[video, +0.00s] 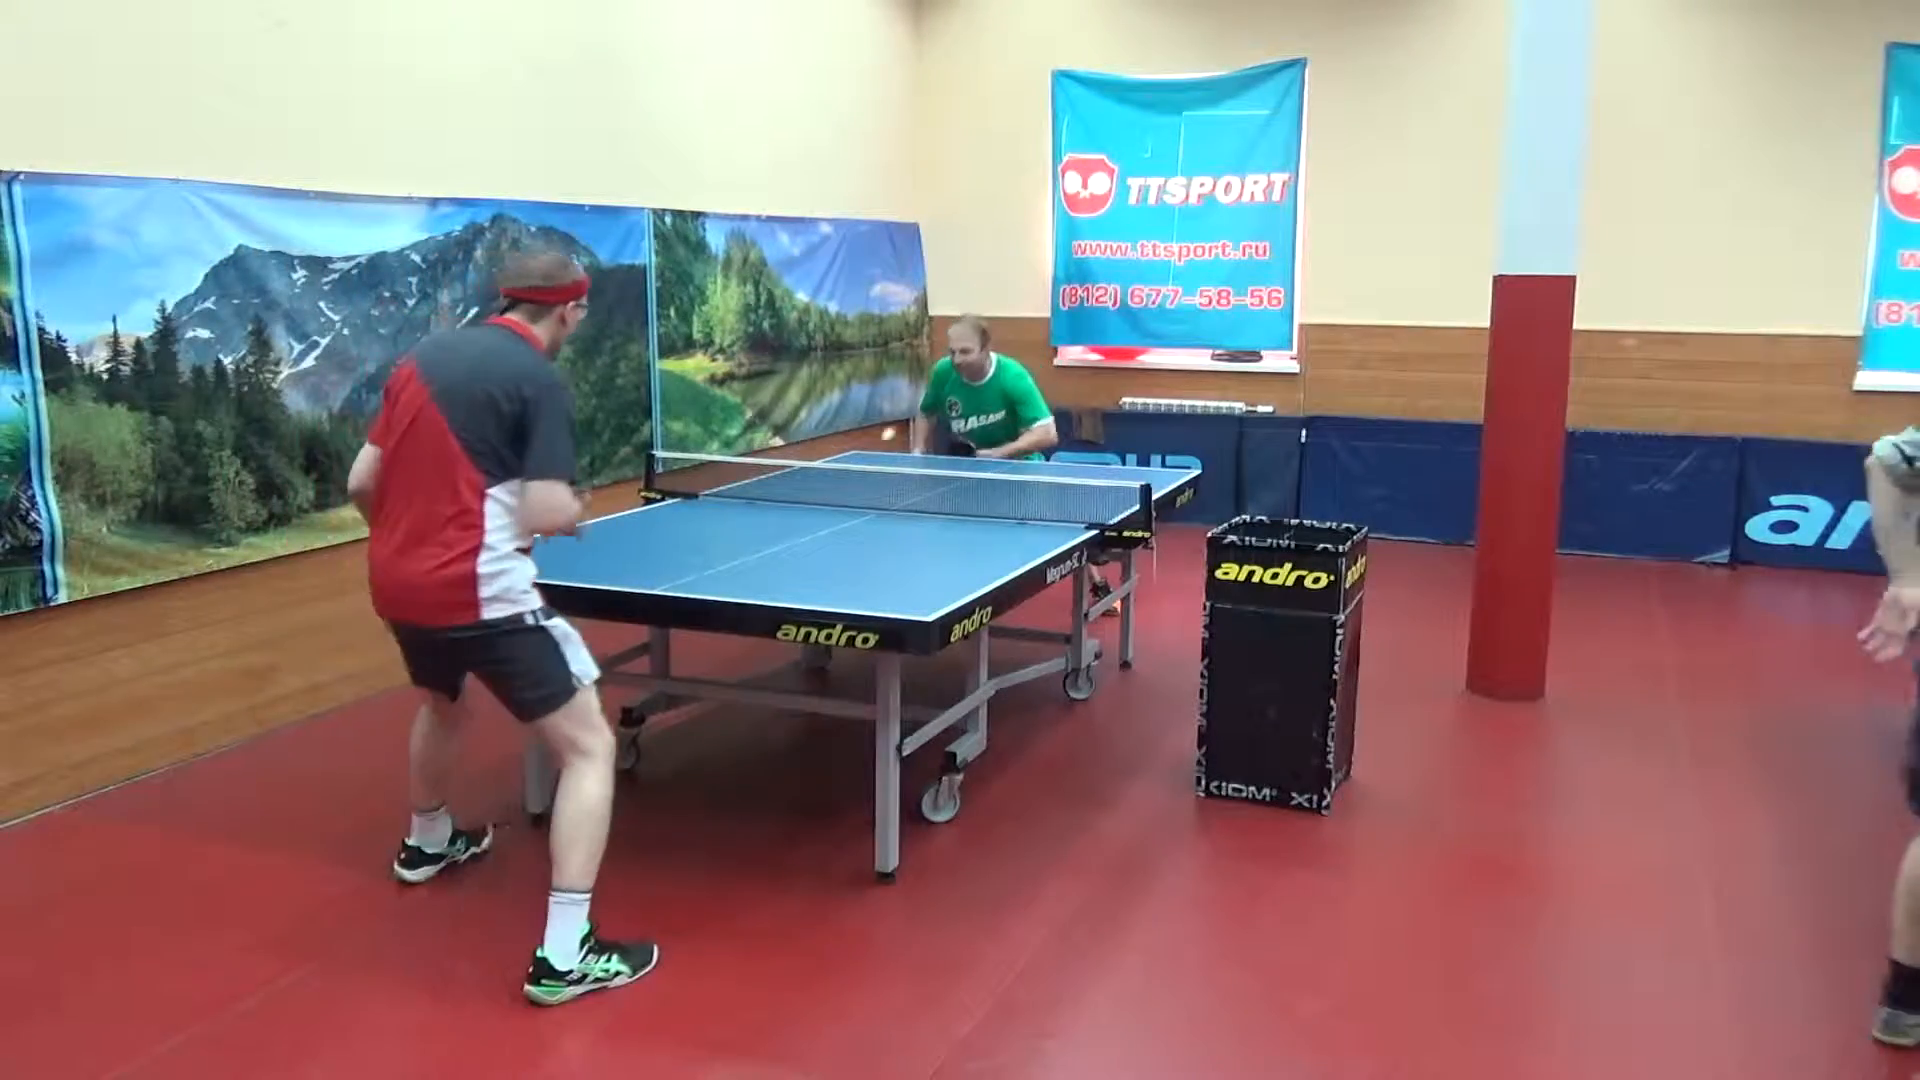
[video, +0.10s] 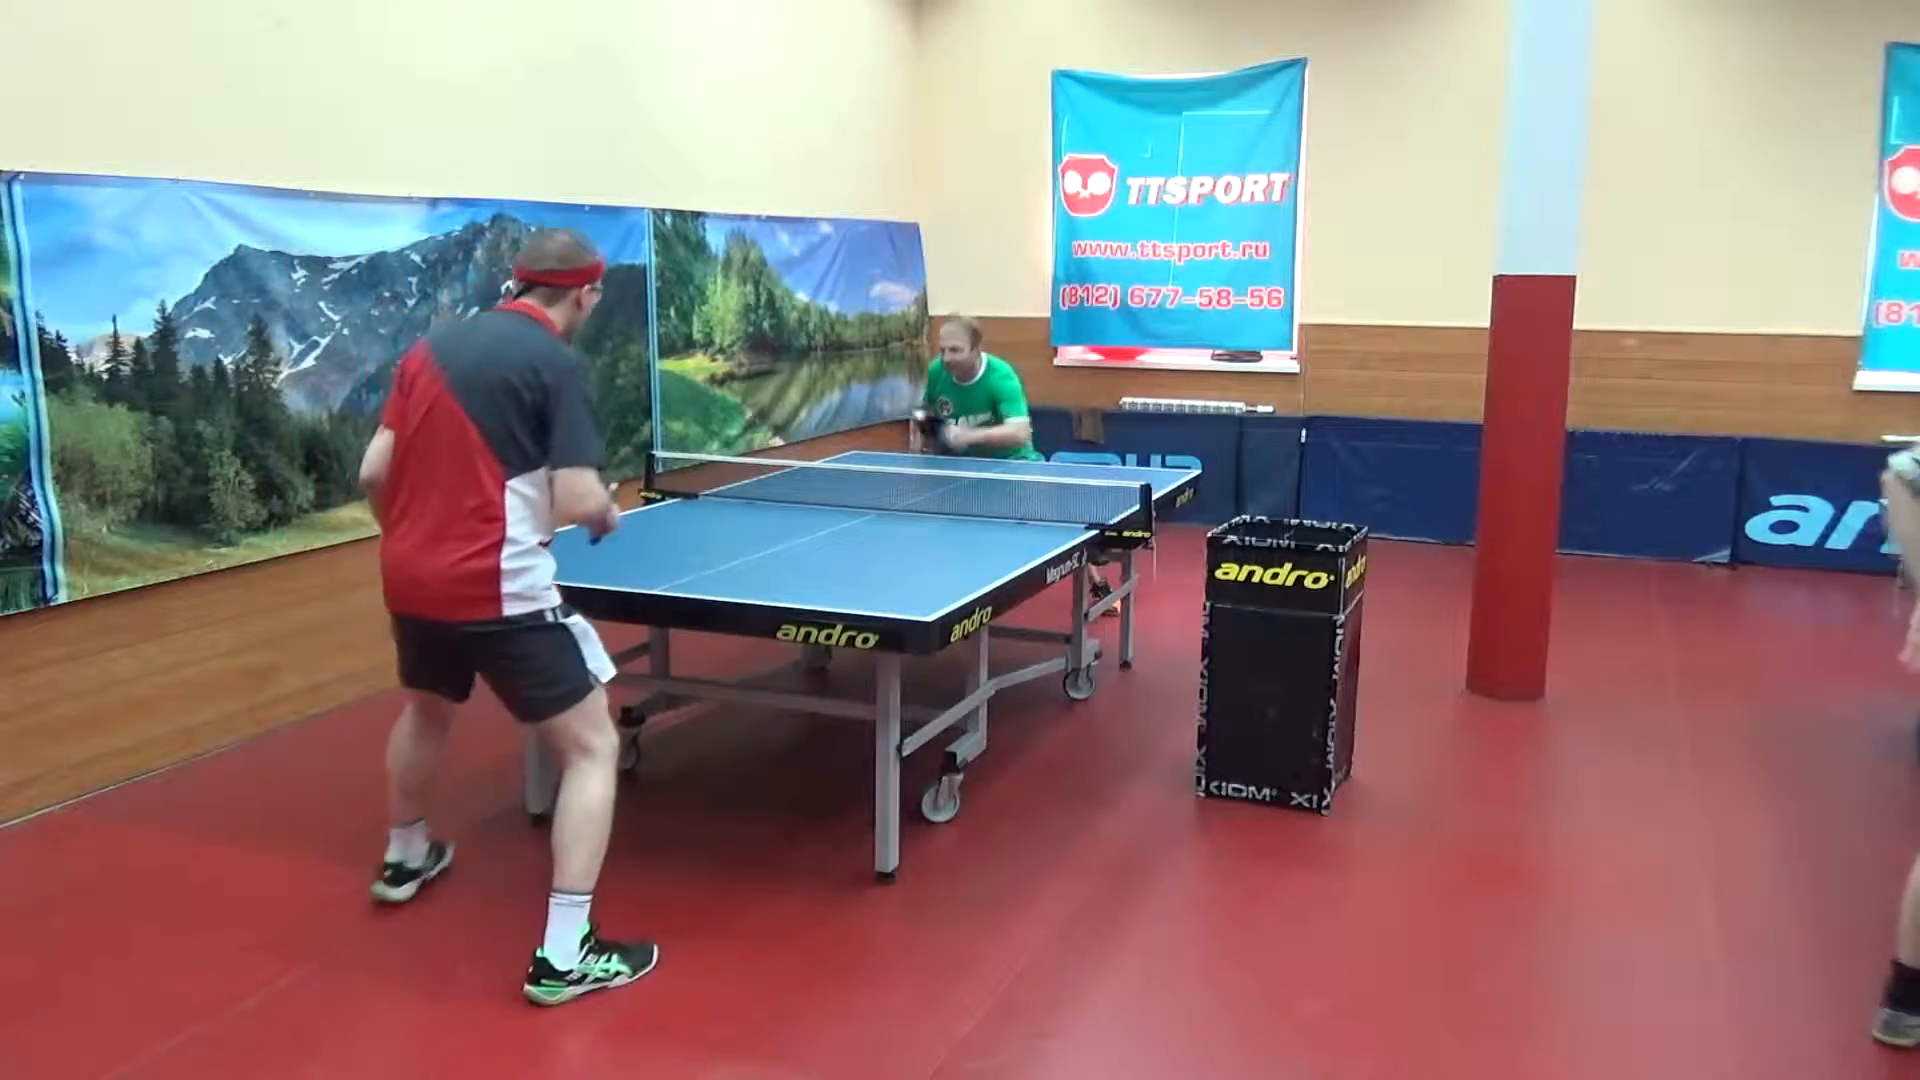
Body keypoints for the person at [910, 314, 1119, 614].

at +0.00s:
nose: (958, 359)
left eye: (965, 352)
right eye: (953, 352)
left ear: (986, 349)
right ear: (948, 349)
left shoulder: (1013, 376)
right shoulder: (942, 373)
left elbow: (1047, 434)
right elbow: (924, 415)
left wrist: (995, 453)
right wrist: (918, 456)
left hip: (1019, 466)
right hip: (968, 469)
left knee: (1052, 520)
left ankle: (1097, 584)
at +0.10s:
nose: (946, 357)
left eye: (954, 350)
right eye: (943, 350)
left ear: (976, 350)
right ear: (939, 349)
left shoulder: (1001, 377)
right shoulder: (936, 372)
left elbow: (1020, 432)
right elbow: (925, 418)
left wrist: (969, 436)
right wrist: (921, 427)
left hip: (1013, 465)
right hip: (962, 466)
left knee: (1050, 519)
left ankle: (1096, 584)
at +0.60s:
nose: (960, 305)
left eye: (969, 298)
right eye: (956, 298)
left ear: (990, 301)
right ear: (953, 301)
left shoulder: (1011, 338)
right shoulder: (947, 339)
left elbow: (1020, 398)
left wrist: (966, 404)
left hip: (1017, 452)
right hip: (965, 451)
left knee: (1051, 516)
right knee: (954, 522)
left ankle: (1088, 588)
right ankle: (959, 597)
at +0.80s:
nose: (974, 298)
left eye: (983, 291)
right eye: (970, 291)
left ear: (1004, 295)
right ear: (965, 294)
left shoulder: (1028, 336)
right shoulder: (953, 334)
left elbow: (1051, 394)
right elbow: (938, 383)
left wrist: (1008, 409)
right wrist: (934, 424)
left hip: (1021, 448)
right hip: (967, 447)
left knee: (1049, 516)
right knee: (958, 521)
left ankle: (1087, 587)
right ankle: (958, 596)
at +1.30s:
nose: (941, 302)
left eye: (947, 294)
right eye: (939, 295)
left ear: (974, 290)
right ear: (945, 295)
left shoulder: (1013, 324)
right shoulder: (947, 334)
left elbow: (1053, 375)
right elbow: (947, 388)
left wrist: (1024, 416)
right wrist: (932, 424)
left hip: (1024, 446)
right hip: (972, 447)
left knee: (1049, 518)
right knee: (966, 522)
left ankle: (1087, 587)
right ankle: (969, 599)